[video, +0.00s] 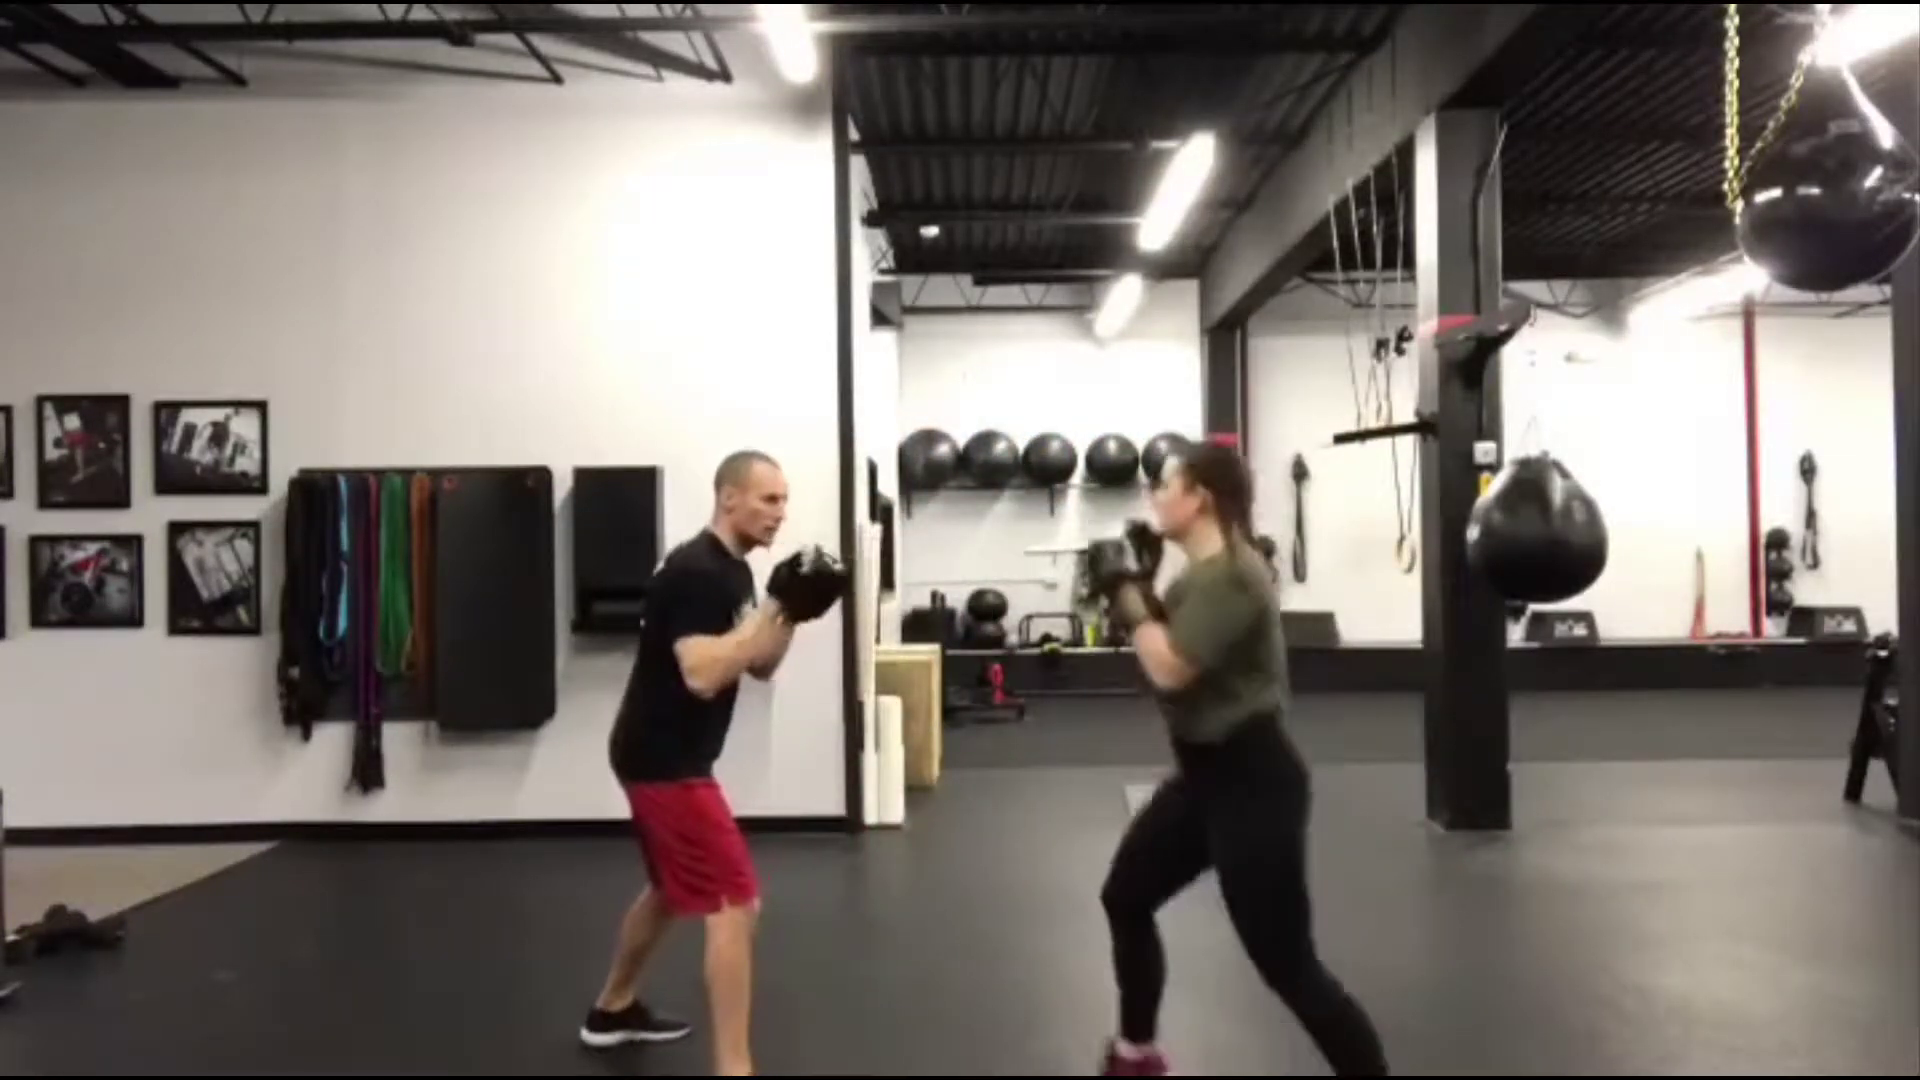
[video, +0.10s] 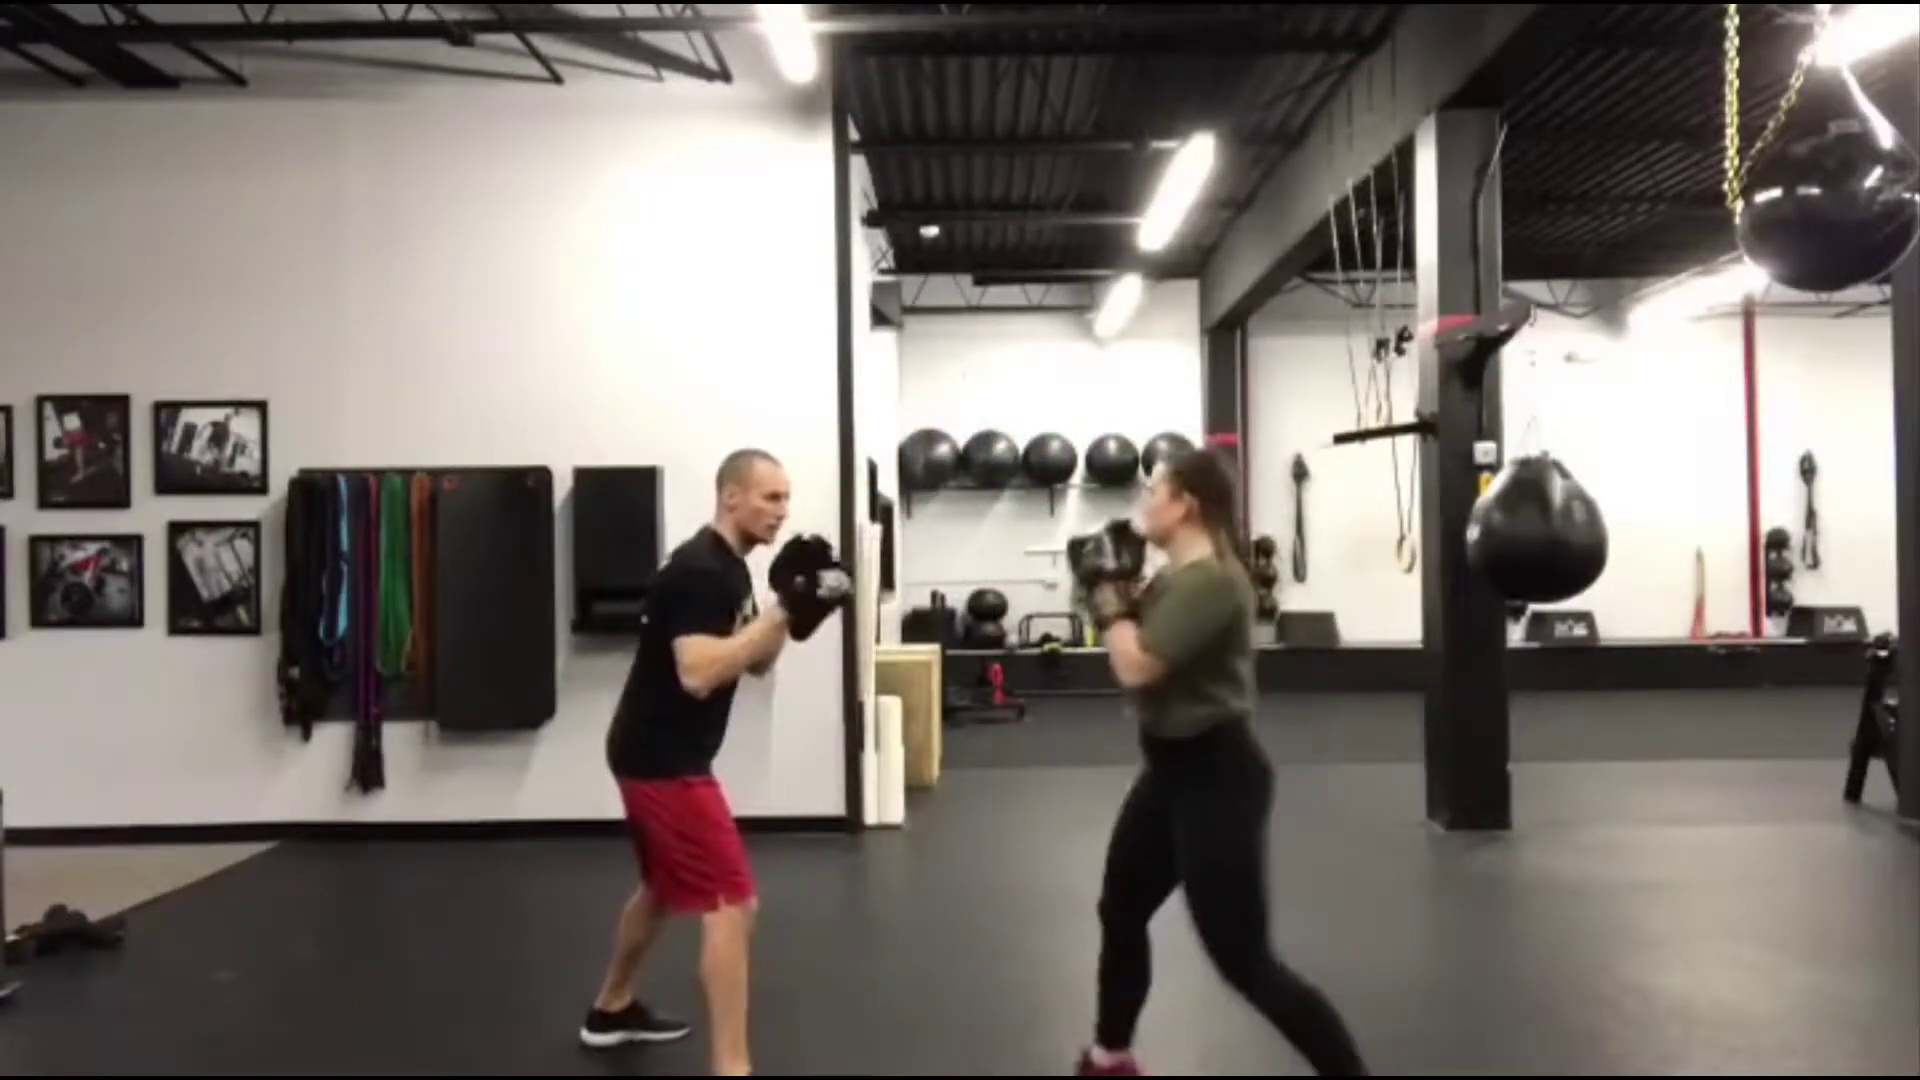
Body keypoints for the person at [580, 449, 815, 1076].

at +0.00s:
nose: (780, 513)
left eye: (783, 501)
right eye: (770, 500)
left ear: (749, 504)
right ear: (730, 499)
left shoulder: (733, 571)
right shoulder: (692, 570)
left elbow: (760, 663)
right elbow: (702, 674)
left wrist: (789, 612)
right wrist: (772, 615)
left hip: (673, 758)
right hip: (662, 762)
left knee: (671, 887)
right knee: (734, 904)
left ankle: (613, 1008)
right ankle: (735, 1066)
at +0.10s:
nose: (781, 512)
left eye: (785, 500)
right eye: (771, 498)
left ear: (744, 502)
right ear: (731, 497)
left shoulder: (730, 566)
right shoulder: (696, 568)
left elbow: (755, 659)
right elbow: (697, 673)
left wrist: (791, 611)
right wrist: (775, 616)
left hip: (663, 757)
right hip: (661, 763)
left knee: (662, 885)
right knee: (731, 905)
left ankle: (613, 1007)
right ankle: (732, 1065)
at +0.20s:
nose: (787, 515)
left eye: (790, 503)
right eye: (777, 501)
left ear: (744, 505)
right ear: (736, 500)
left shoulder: (727, 566)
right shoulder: (706, 570)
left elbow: (752, 661)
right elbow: (708, 678)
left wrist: (794, 618)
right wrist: (784, 623)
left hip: (651, 757)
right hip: (666, 764)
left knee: (658, 886)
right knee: (742, 904)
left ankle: (612, 1008)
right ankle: (735, 1065)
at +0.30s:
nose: (790, 515)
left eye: (793, 503)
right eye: (780, 502)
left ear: (744, 504)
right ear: (740, 500)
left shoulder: (723, 565)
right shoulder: (709, 569)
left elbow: (745, 661)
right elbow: (720, 675)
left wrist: (797, 615)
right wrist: (793, 616)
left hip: (651, 758)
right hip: (667, 764)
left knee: (657, 887)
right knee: (743, 903)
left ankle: (611, 1007)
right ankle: (736, 1066)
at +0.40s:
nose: (787, 515)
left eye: (789, 503)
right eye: (776, 502)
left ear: (747, 504)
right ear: (736, 501)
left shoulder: (728, 568)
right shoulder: (703, 570)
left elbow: (747, 665)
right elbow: (726, 669)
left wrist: (796, 606)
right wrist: (789, 601)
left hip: (657, 758)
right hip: (661, 763)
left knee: (659, 888)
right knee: (735, 903)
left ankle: (607, 1008)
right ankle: (735, 1066)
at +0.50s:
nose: (779, 518)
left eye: (782, 506)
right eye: (769, 504)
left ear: (741, 508)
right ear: (728, 503)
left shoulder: (729, 573)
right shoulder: (693, 572)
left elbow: (758, 667)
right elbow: (719, 668)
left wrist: (793, 599)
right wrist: (778, 599)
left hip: (661, 759)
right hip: (656, 765)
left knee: (666, 886)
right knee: (732, 904)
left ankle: (608, 1008)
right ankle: (734, 1066)